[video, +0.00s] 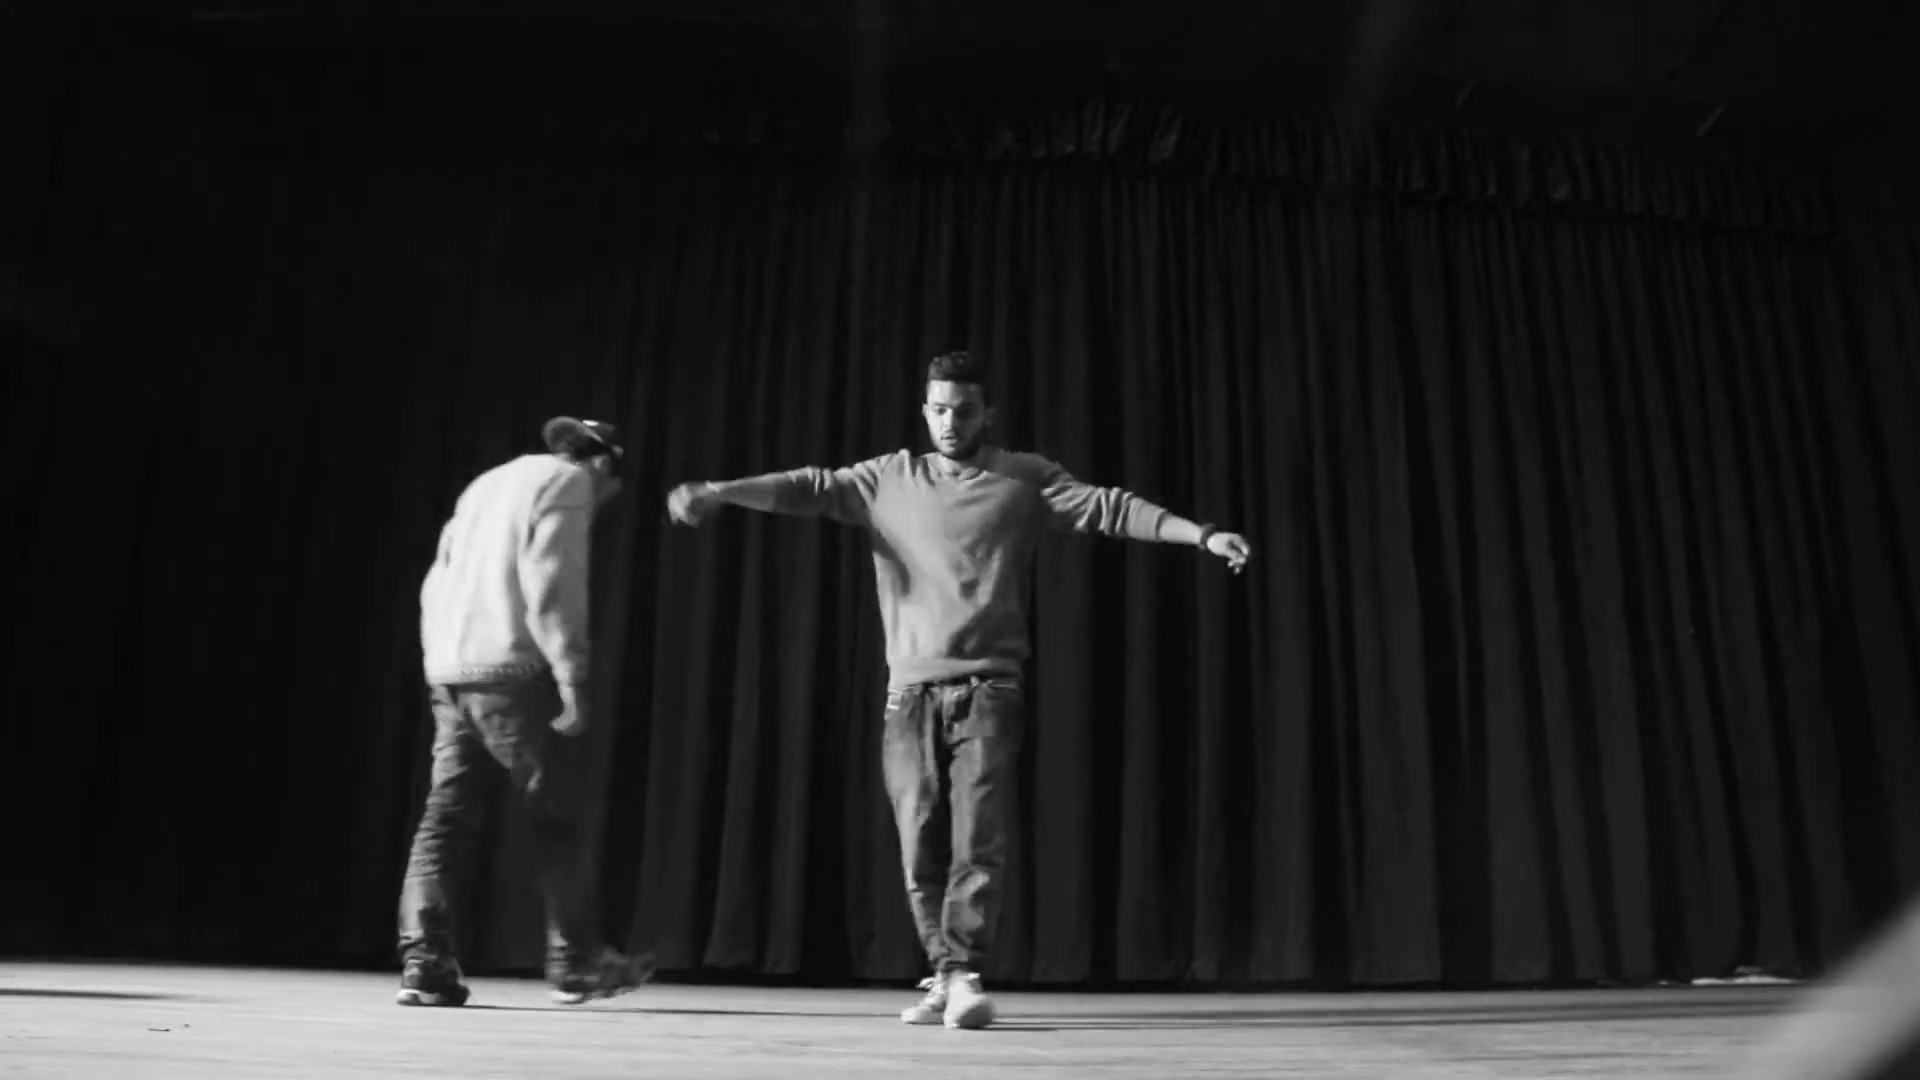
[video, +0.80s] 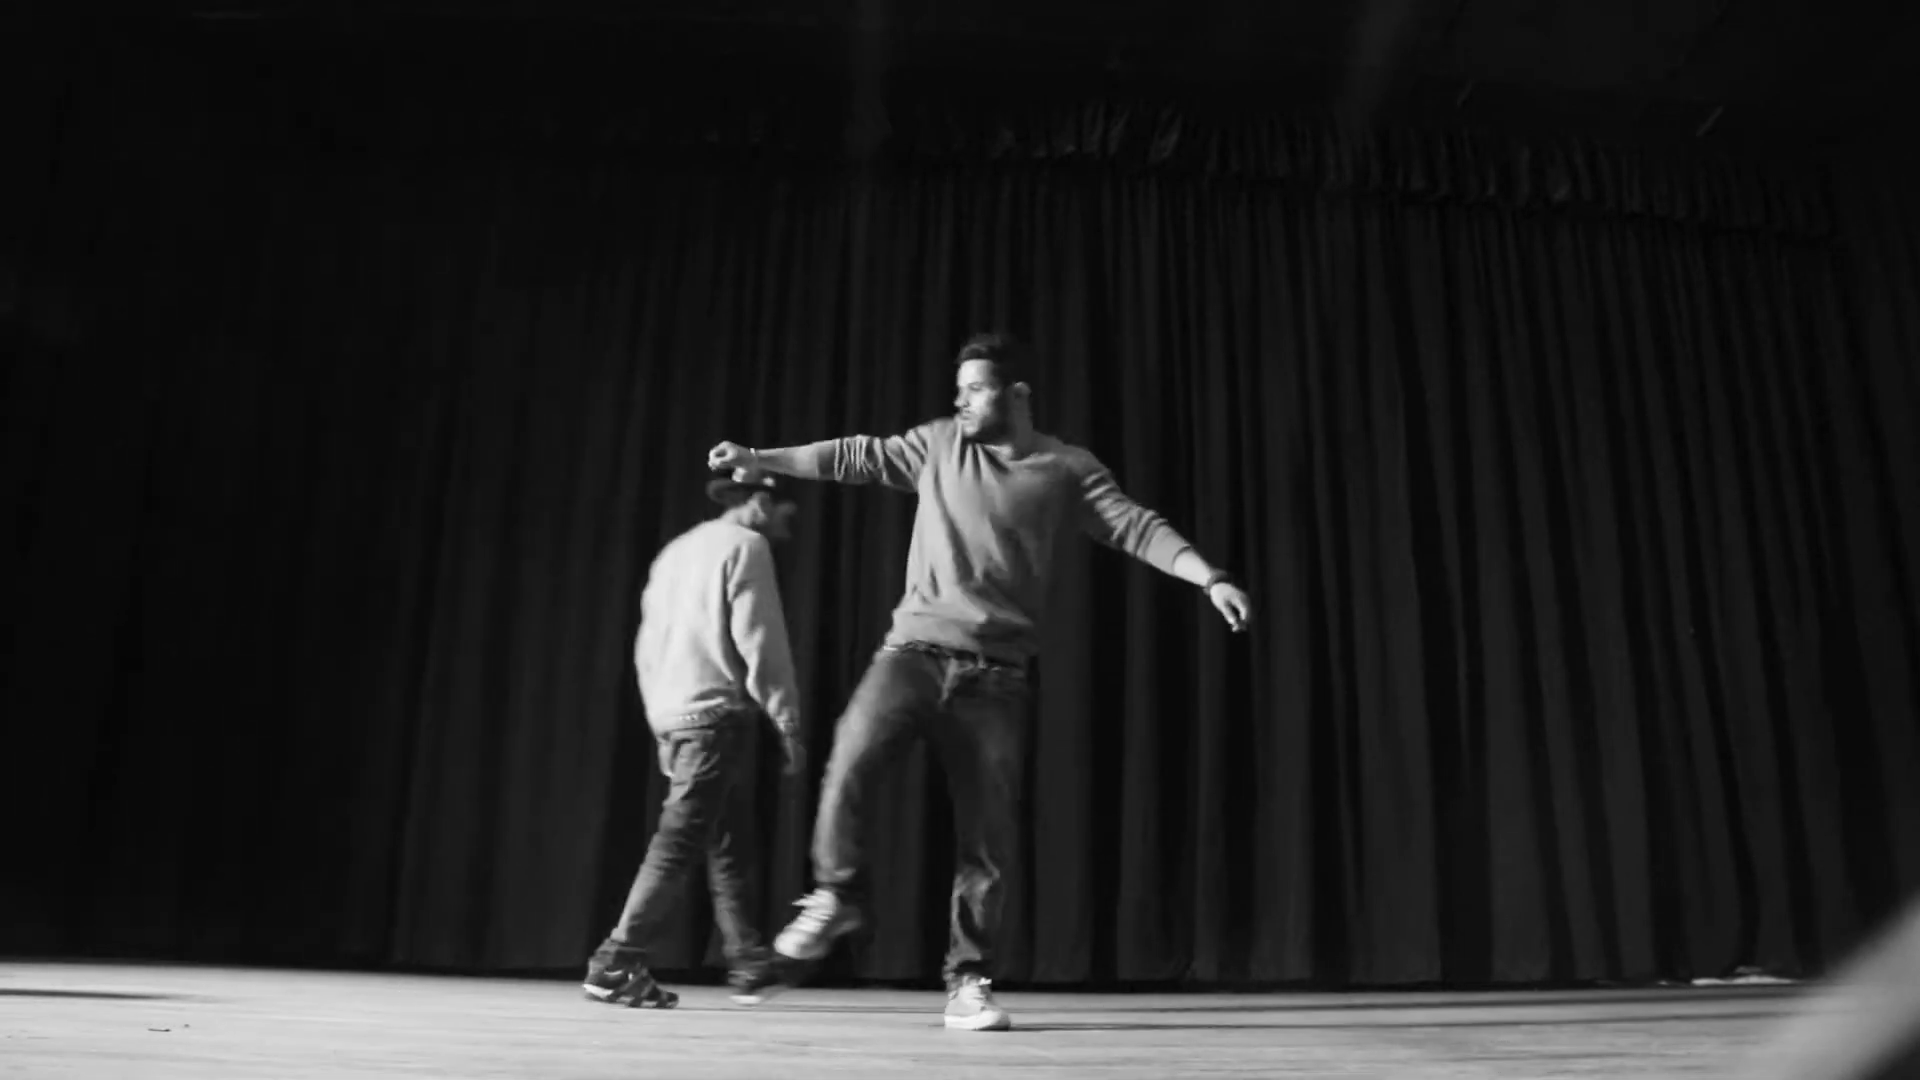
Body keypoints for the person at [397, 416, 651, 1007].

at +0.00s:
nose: (605, 494)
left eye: (610, 485)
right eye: (609, 481)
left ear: (560, 450)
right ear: (599, 462)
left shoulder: (485, 485)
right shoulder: (568, 478)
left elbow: (438, 582)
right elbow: (553, 580)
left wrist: (445, 671)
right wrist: (573, 680)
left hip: (453, 679)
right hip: (511, 676)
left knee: (445, 819)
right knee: (558, 815)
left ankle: (425, 961)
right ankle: (576, 960)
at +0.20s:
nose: (667, 508)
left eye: (672, 498)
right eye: (669, 495)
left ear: (617, 472)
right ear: (650, 479)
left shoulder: (533, 509)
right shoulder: (624, 519)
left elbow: (494, 605)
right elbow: (620, 626)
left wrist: (503, 684)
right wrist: (638, 718)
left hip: (507, 699)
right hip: (572, 704)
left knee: (484, 828)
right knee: (602, 835)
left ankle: (432, 955)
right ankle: (610, 970)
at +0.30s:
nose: (696, 507)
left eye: (699, 496)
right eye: (696, 494)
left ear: (643, 474)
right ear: (677, 481)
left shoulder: (562, 512)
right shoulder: (658, 527)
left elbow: (521, 609)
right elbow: (656, 638)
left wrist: (532, 690)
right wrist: (664, 729)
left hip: (539, 706)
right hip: (604, 710)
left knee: (535, 821)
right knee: (632, 833)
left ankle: (456, 922)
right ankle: (611, 971)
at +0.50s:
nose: (732, 506)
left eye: (735, 496)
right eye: (732, 495)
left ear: (676, 477)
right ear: (711, 483)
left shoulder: (603, 523)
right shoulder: (698, 529)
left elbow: (571, 625)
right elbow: (709, 638)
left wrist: (582, 704)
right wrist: (721, 721)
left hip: (600, 707)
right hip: (659, 708)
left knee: (606, 825)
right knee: (647, 840)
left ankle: (541, 936)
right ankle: (619, 968)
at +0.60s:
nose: (751, 506)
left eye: (753, 496)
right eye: (748, 494)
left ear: (698, 484)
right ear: (720, 485)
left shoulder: (624, 532)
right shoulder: (713, 532)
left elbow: (596, 630)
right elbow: (728, 632)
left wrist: (608, 711)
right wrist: (749, 715)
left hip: (623, 708)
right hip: (677, 707)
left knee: (649, 837)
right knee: (656, 840)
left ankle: (622, 965)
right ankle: (605, 962)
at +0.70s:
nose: (766, 511)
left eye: (768, 502)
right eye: (763, 499)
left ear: (712, 489)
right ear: (739, 489)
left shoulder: (647, 541)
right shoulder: (729, 535)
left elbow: (622, 639)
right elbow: (744, 636)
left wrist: (637, 718)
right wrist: (774, 721)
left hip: (649, 716)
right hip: (696, 713)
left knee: (695, 845)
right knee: (666, 842)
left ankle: (689, 968)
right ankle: (617, 966)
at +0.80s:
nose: (789, 516)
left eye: (790, 506)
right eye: (784, 504)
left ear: (737, 500)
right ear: (759, 499)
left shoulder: (672, 553)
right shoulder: (745, 545)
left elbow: (649, 644)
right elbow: (757, 638)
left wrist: (664, 713)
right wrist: (788, 720)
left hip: (670, 717)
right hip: (715, 713)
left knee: (722, 842)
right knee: (679, 836)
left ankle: (749, 964)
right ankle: (618, 960)